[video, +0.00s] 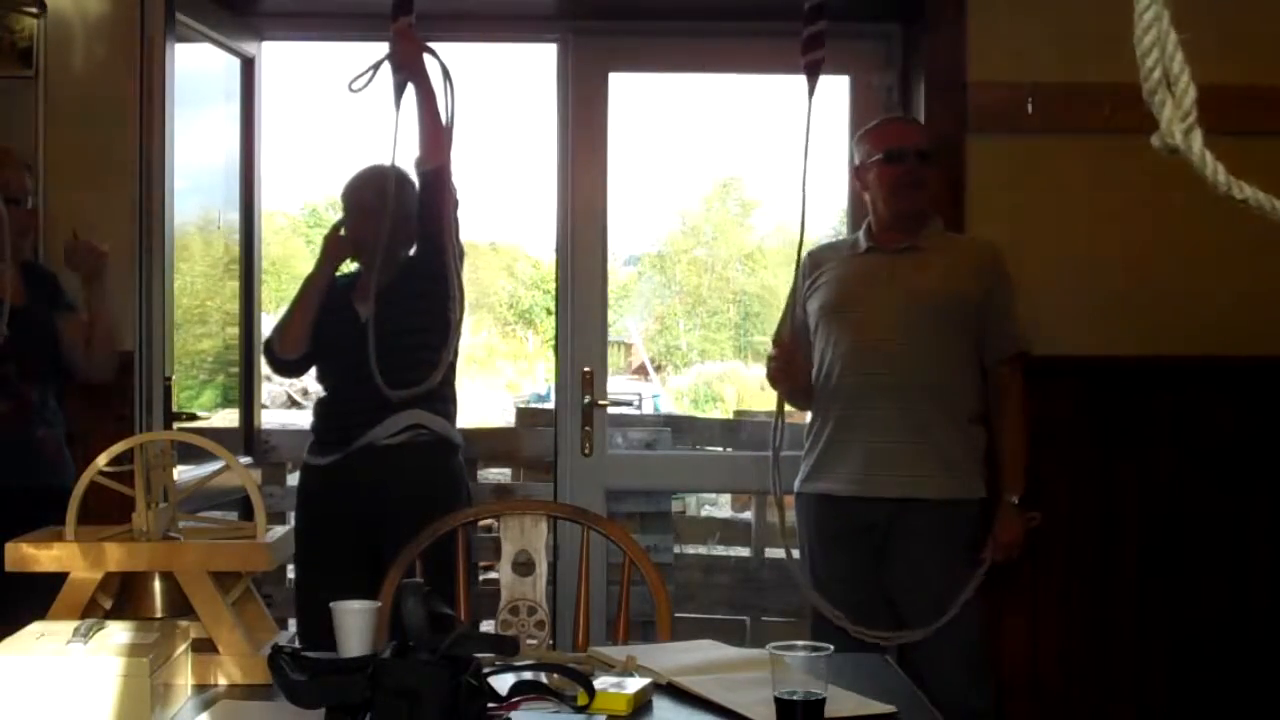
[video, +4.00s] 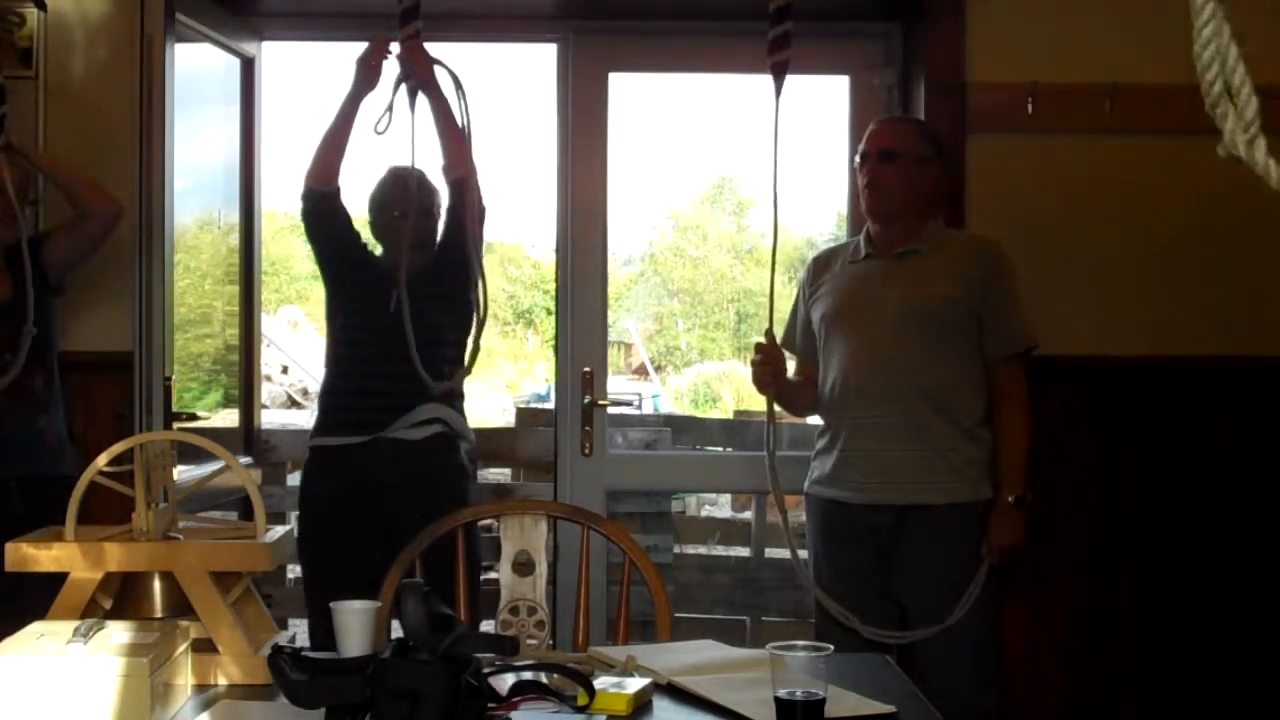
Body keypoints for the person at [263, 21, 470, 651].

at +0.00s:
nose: (359, 221)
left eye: (373, 209)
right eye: (352, 210)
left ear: (407, 217)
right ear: (343, 219)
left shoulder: (432, 278)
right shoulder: (330, 296)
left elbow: (436, 169)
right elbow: (284, 359)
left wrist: (419, 76)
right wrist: (323, 265)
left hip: (417, 462)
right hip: (335, 466)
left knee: (417, 623)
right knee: (327, 636)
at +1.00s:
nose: (362, 221)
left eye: (374, 209)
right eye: (364, 211)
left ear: (414, 220)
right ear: (371, 227)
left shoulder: (447, 282)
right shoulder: (354, 298)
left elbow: (450, 171)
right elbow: (284, 327)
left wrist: (432, 78)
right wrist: (322, 246)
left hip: (432, 471)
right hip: (351, 474)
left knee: (436, 632)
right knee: (348, 639)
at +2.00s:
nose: (414, 191)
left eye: (427, 186)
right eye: (403, 186)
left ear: (446, 209)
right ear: (389, 211)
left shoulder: (457, 273)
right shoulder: (360, 266)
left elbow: (450, 174)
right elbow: (331, 183)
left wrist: (420, 82)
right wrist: (365, 86)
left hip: (430, 459)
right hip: (346, 459)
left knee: (441, 627)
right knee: (346, 634)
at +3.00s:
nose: (423, 209)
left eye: (435, 199)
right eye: (409, 200)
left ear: (452, 215)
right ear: (391, 217)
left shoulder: (466, 280)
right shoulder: (366, 275)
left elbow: (461, 173)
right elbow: (320, 197)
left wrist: (427, 83)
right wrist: (349, 105)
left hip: (446, 468)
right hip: (359, 464)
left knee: (453, 635)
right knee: (357, 636)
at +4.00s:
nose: (408, 213)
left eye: (418, 203)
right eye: (395, 202)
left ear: (435, 218)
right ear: (373, 220)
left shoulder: (453, 277)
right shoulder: (349, 272)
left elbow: (463, 182)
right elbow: (318, 188)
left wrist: (430, 86)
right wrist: (358, 93)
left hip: (429, 463)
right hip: (341, 463)